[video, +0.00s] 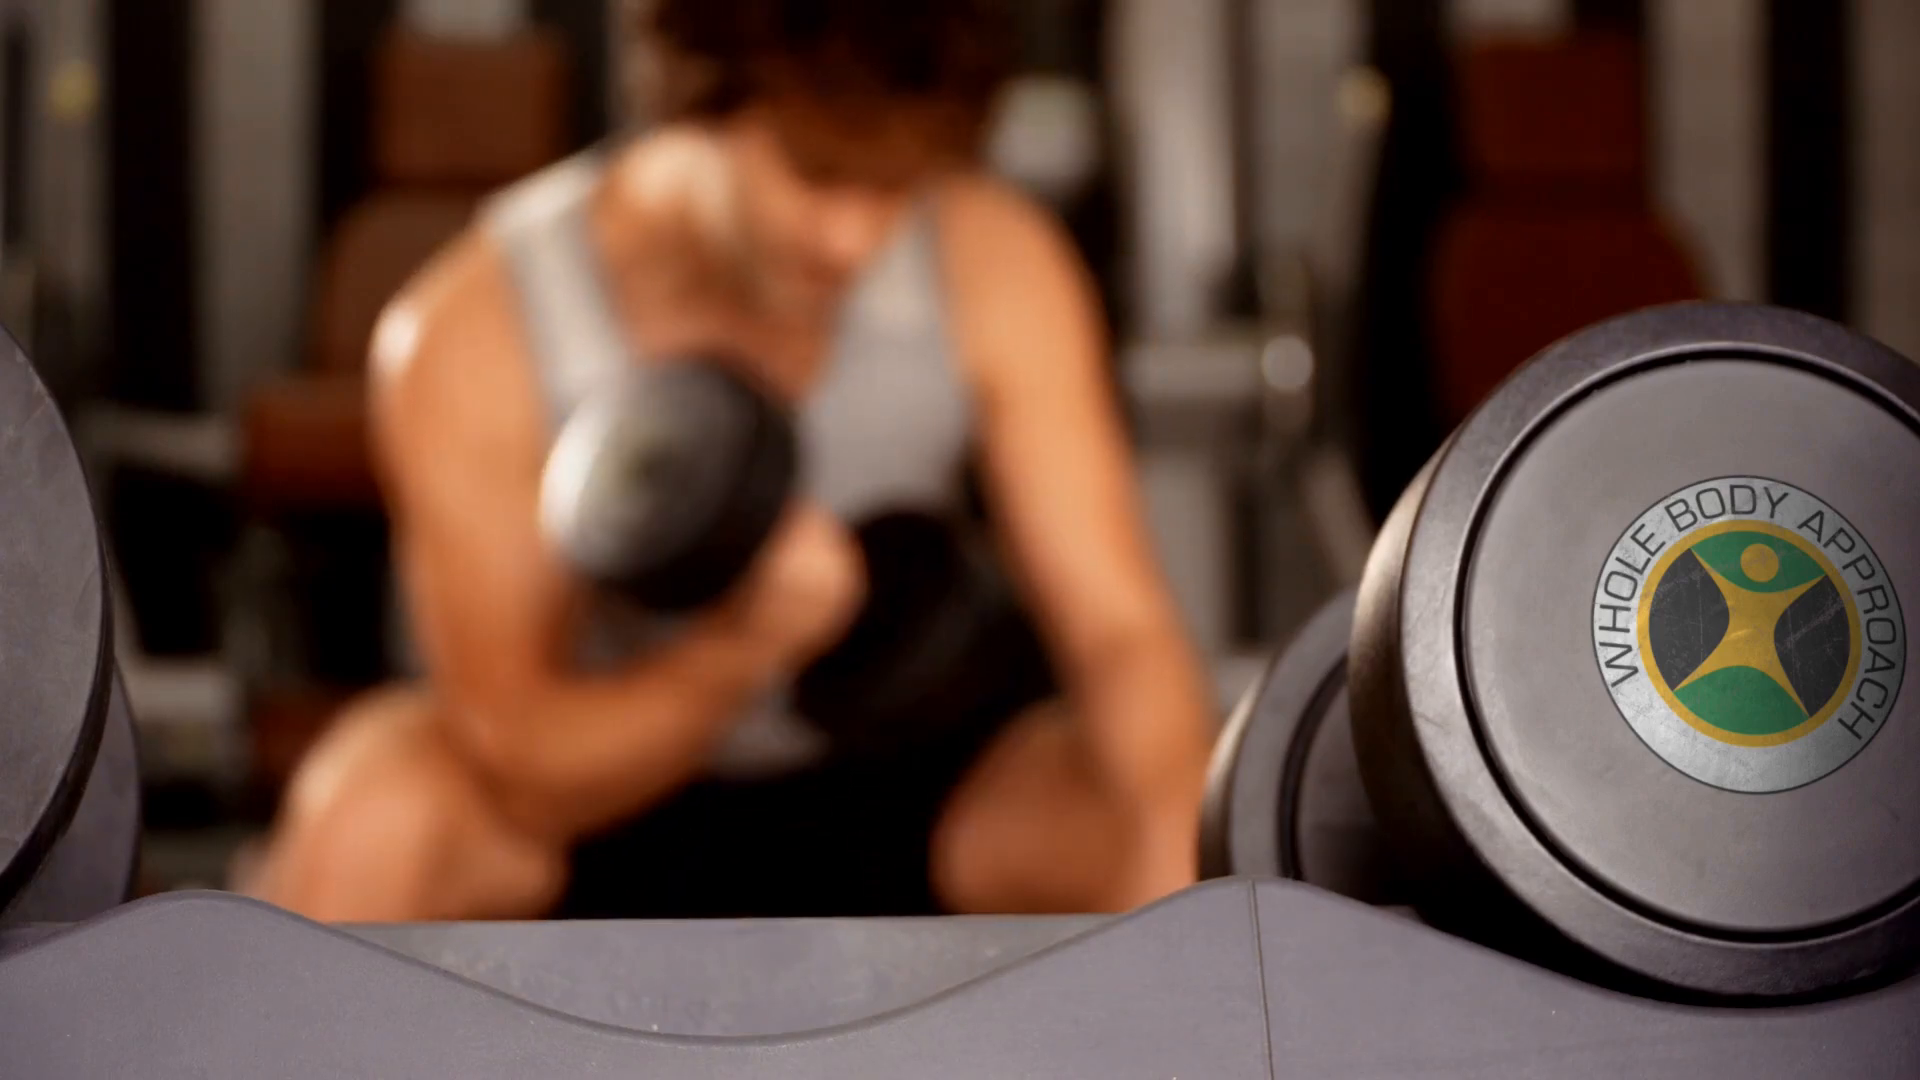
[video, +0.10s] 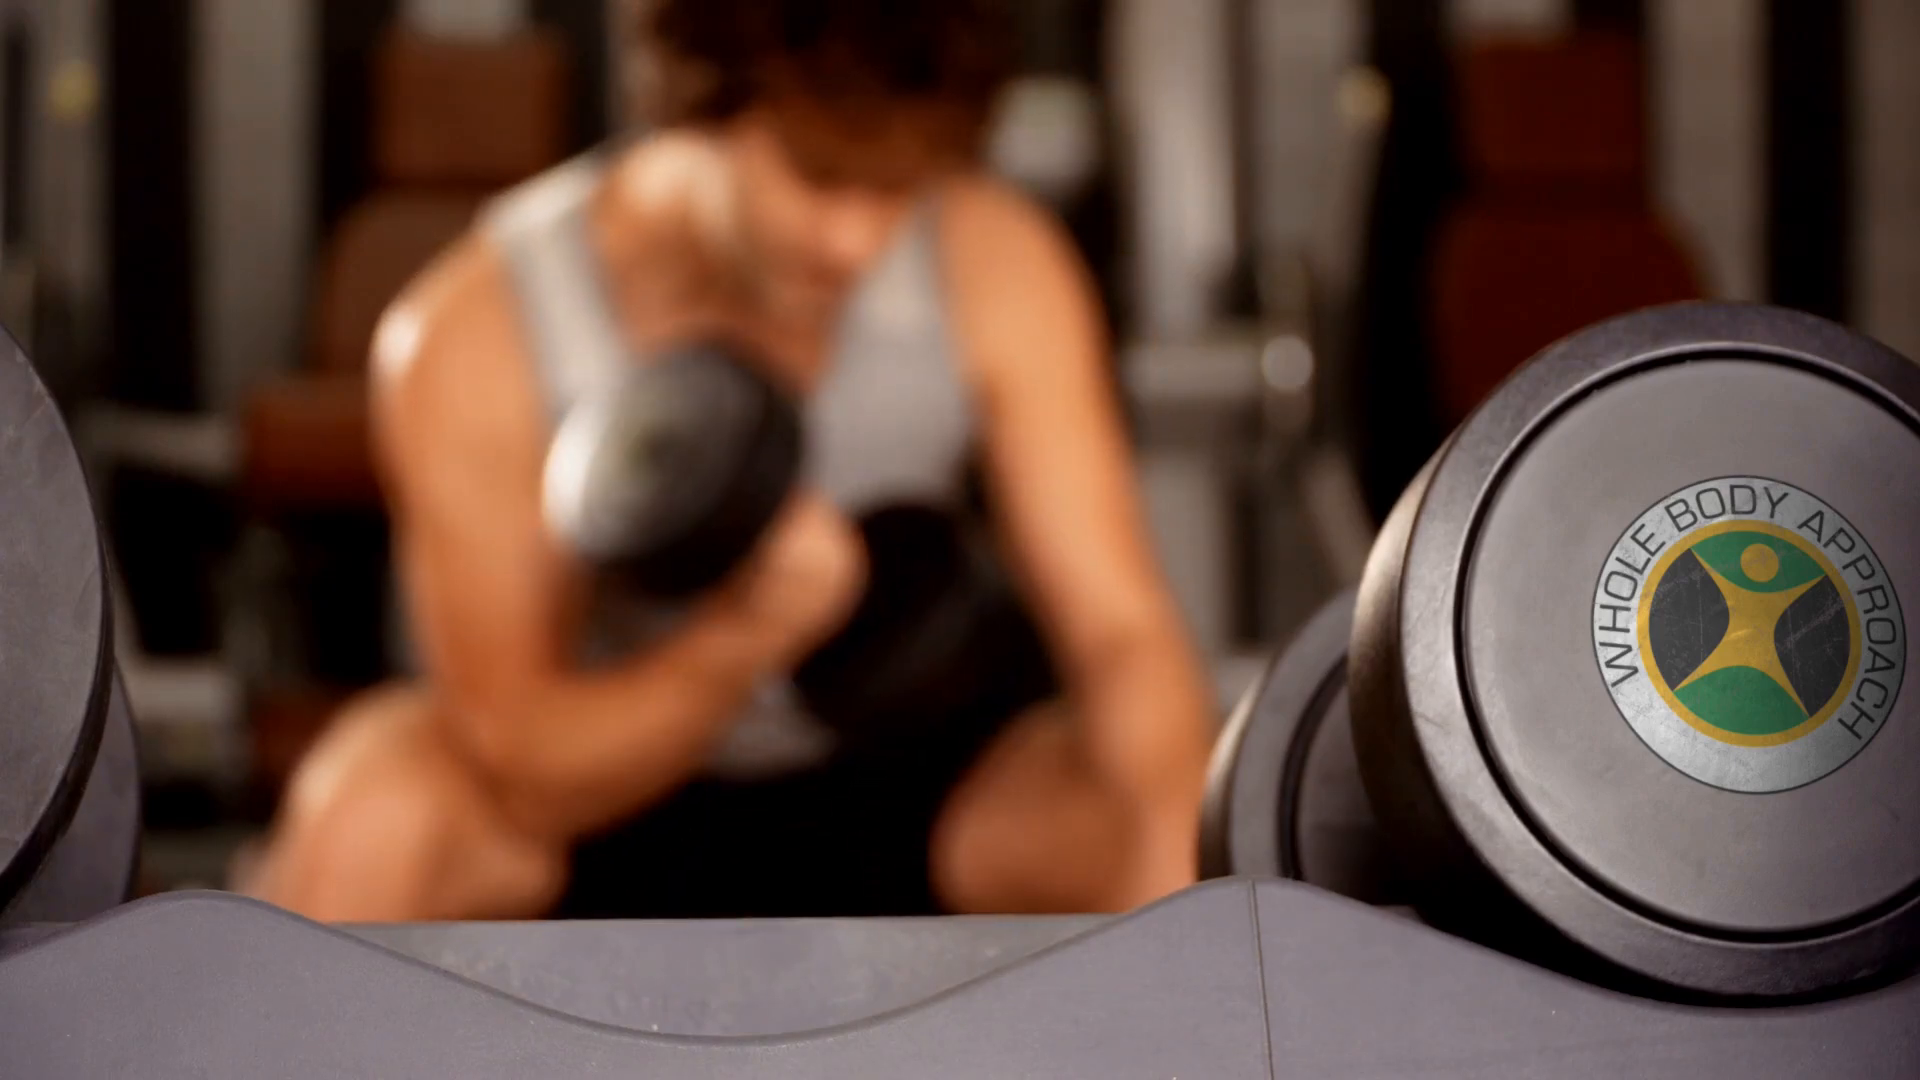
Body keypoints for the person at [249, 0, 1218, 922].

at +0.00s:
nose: (857, 234)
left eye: (902, 182)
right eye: (818, 173)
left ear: (948, 147)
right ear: (710, 105)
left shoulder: (992, 257)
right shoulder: (466, 331)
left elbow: (1120, 636)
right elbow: (530, 772)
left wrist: (1181, 880)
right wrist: (750, 646)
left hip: (890, 779)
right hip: (597, 805)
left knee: (1179, 816)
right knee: (373, 807)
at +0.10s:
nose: (859, 237)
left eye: (904, 185)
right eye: (820, 176)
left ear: (950, 149)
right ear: (713, 110)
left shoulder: (993, 259)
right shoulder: (468, 334)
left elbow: (1122, 637)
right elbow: (533, 776)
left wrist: (1179, 881)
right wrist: (753, 631)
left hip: (895, 778)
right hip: (599, 803)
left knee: (1183, 811)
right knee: (372, 805)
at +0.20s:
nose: (863, 238)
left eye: (906, 187)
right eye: (823, 179)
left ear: (952, 151)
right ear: (716, 116)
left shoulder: (995, 259)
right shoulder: (471, 336)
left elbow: (1121, 638)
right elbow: (539, 781)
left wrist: (1181, 878)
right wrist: (755, 620)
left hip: (899, 776)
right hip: (600, 799)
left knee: (1186, 817)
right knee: (372, 808)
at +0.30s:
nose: (862, 235)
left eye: (906, 183)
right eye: (824, 174)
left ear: (953, 151)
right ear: (721, 109)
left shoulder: (997, 258)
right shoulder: (476, 332)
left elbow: (1121, 636)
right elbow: (536, 778)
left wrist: (1180, 881)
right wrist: (761, 623)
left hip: (900, 777)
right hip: (603, 802)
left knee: (1183, 812)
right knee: (374, 803)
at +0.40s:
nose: (866, 219)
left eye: (912, 169)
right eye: (829, 158)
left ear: (961, 134)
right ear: (725, 84)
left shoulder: (1004, 253)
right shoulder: (488, 321)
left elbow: (1120, 630)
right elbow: (517, 760)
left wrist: (1188, 877)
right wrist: (751, 673)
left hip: (897, 786)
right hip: (601, 803)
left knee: (1169, 809)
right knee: (370, 805)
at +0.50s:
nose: (870, 209)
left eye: (918, 161)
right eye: (835, 149)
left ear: (970, 126)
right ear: (734, 73)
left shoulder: (1009, 250)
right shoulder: (500, 316)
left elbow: (1120, 624)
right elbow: (516, 745)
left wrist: (1177, 869)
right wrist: (767, 715)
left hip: (894, 785)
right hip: (604, 798)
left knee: (1174, 803)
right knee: (368, 802)